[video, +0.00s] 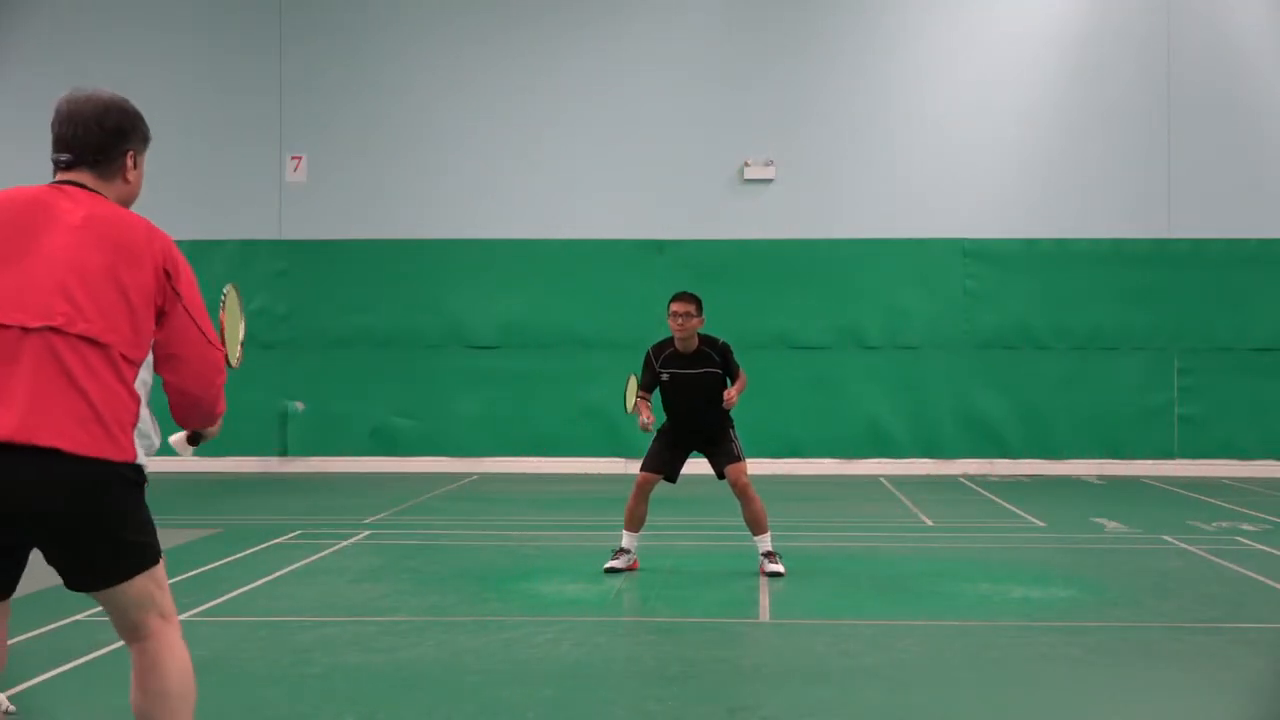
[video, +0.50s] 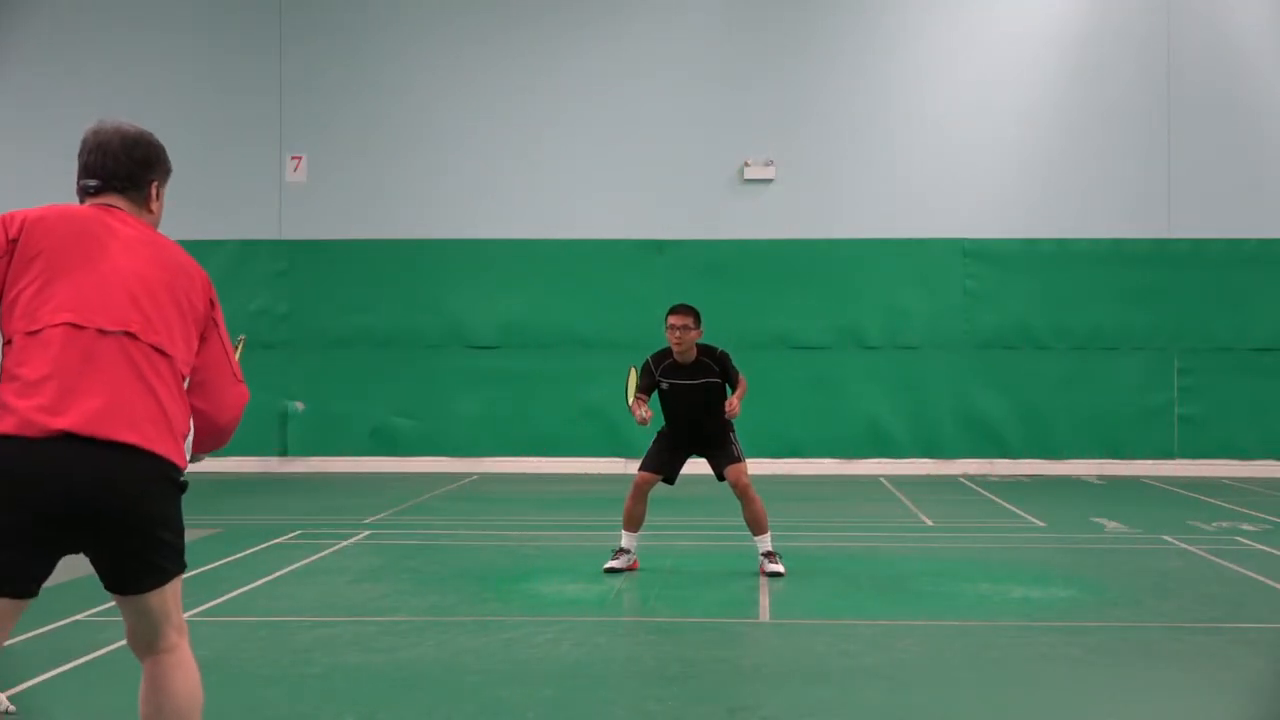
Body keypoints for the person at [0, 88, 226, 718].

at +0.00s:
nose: (144, 175)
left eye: (143, 161)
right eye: (143, 161)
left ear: (60, 156)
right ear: (129, 163)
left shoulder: (3, 206)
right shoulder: (149, 245)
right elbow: (197, 369)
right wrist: (200, 421)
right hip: (87, 464)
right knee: (152, 629)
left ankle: (0, 703)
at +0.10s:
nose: (151, 182)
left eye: (151, 170)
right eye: (151, 170)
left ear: (67, 165)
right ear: (139, 171)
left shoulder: (6, 212)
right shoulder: (162, 252)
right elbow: (210, 391)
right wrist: (193, 420)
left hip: (2, 459)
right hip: (103, 471)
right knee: (152, 652)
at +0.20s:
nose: (163, 191)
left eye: (163, 179)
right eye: (163, 179)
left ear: (81, 173)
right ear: (153, 180)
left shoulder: (13, 219)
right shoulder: (180, 264)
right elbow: (222, 400)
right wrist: (198, 425)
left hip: (11, 460)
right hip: (122, 471)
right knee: (159, 649)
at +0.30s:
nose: (168, 194)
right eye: (169, 182)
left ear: (88, 175)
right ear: (159, 183)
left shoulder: (26, 218)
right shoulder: (193, 266)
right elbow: (225, 404)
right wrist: (190, 422)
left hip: (20, 452)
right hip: (134, 466)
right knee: (162, 647)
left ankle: (3, 702)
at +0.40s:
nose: (167, 195)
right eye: (168, 184)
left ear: (87, 177)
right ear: (158, 185)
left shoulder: (29, 220)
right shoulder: (195, 268)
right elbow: (228, 398)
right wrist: (178, 434)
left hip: (25, 454)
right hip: (139, 465)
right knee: (163, 645)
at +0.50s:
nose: (164, 203)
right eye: (164, 191)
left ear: (83, 185)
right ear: (155, 192)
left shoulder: (21, 227)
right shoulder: (186, 272)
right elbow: (223, 407)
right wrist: (179, 445)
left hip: (20, 460)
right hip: (136, 471)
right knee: (163, 644)